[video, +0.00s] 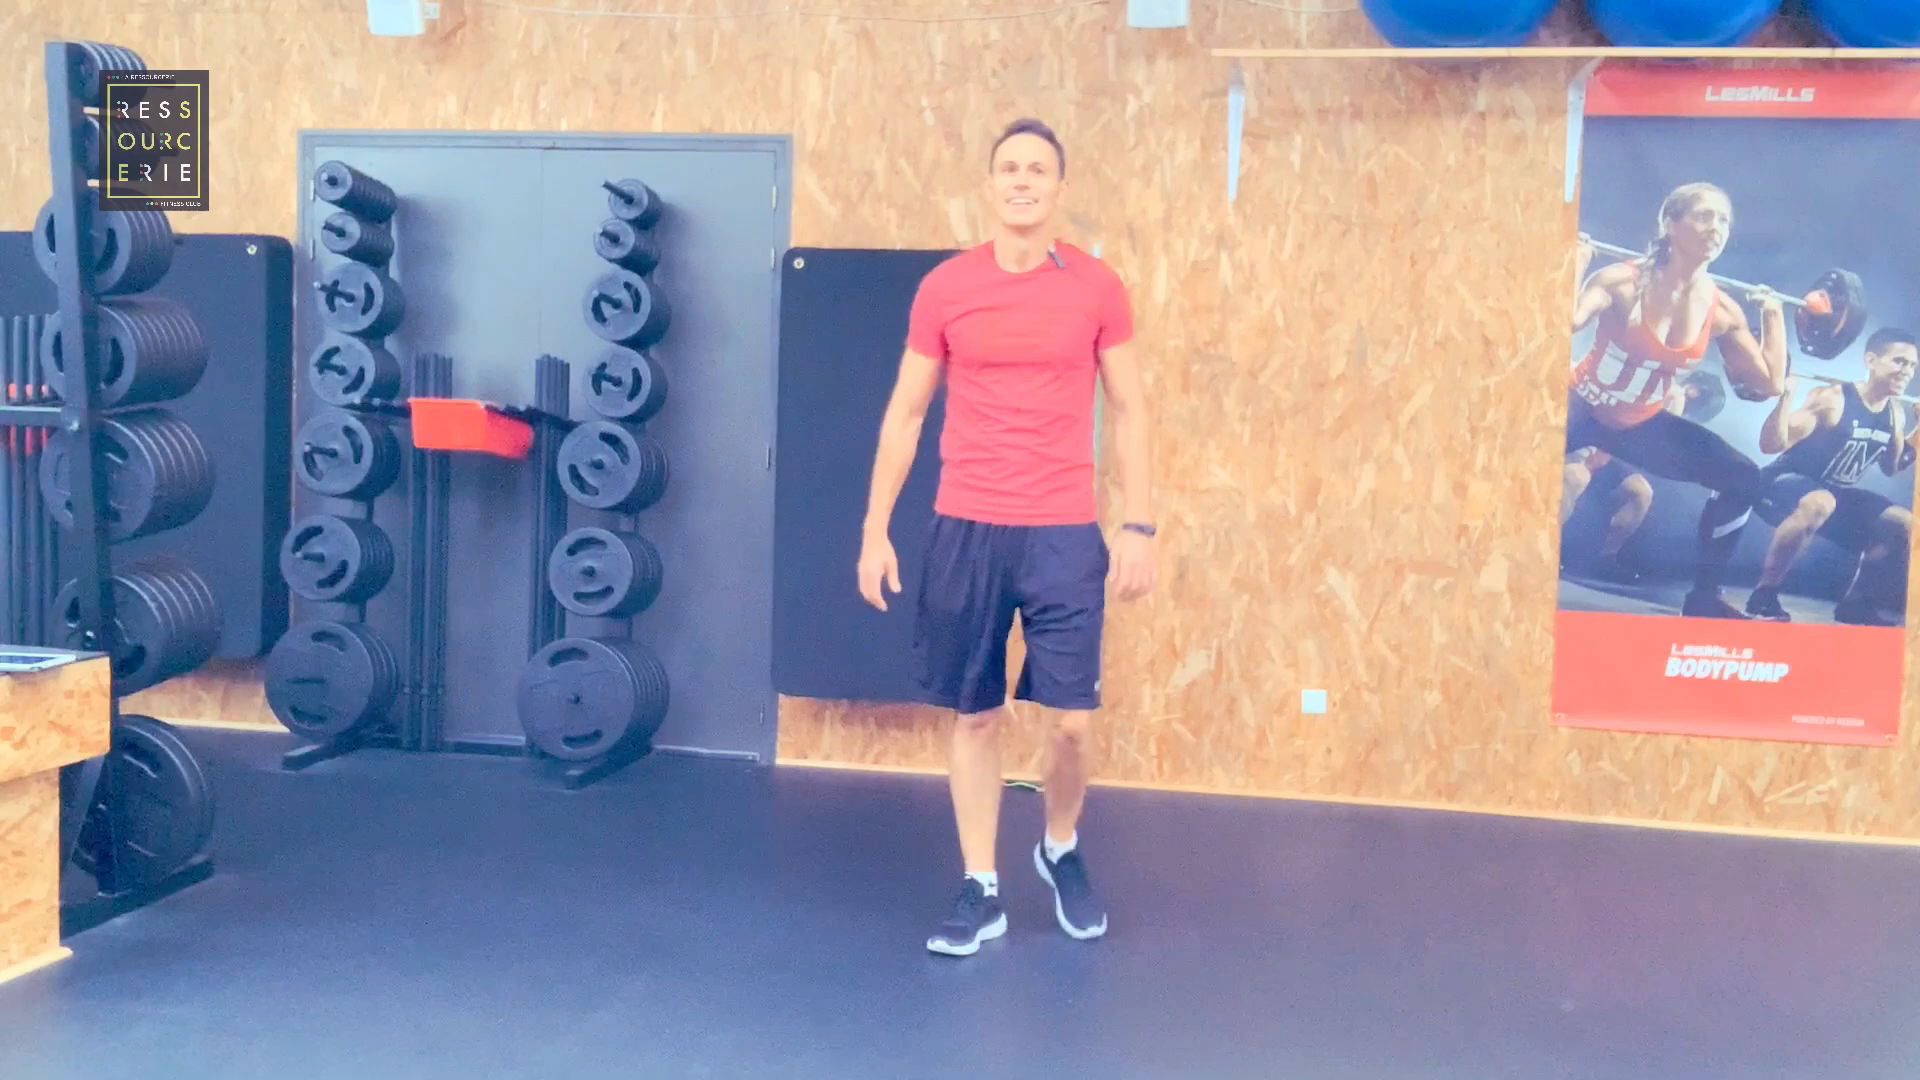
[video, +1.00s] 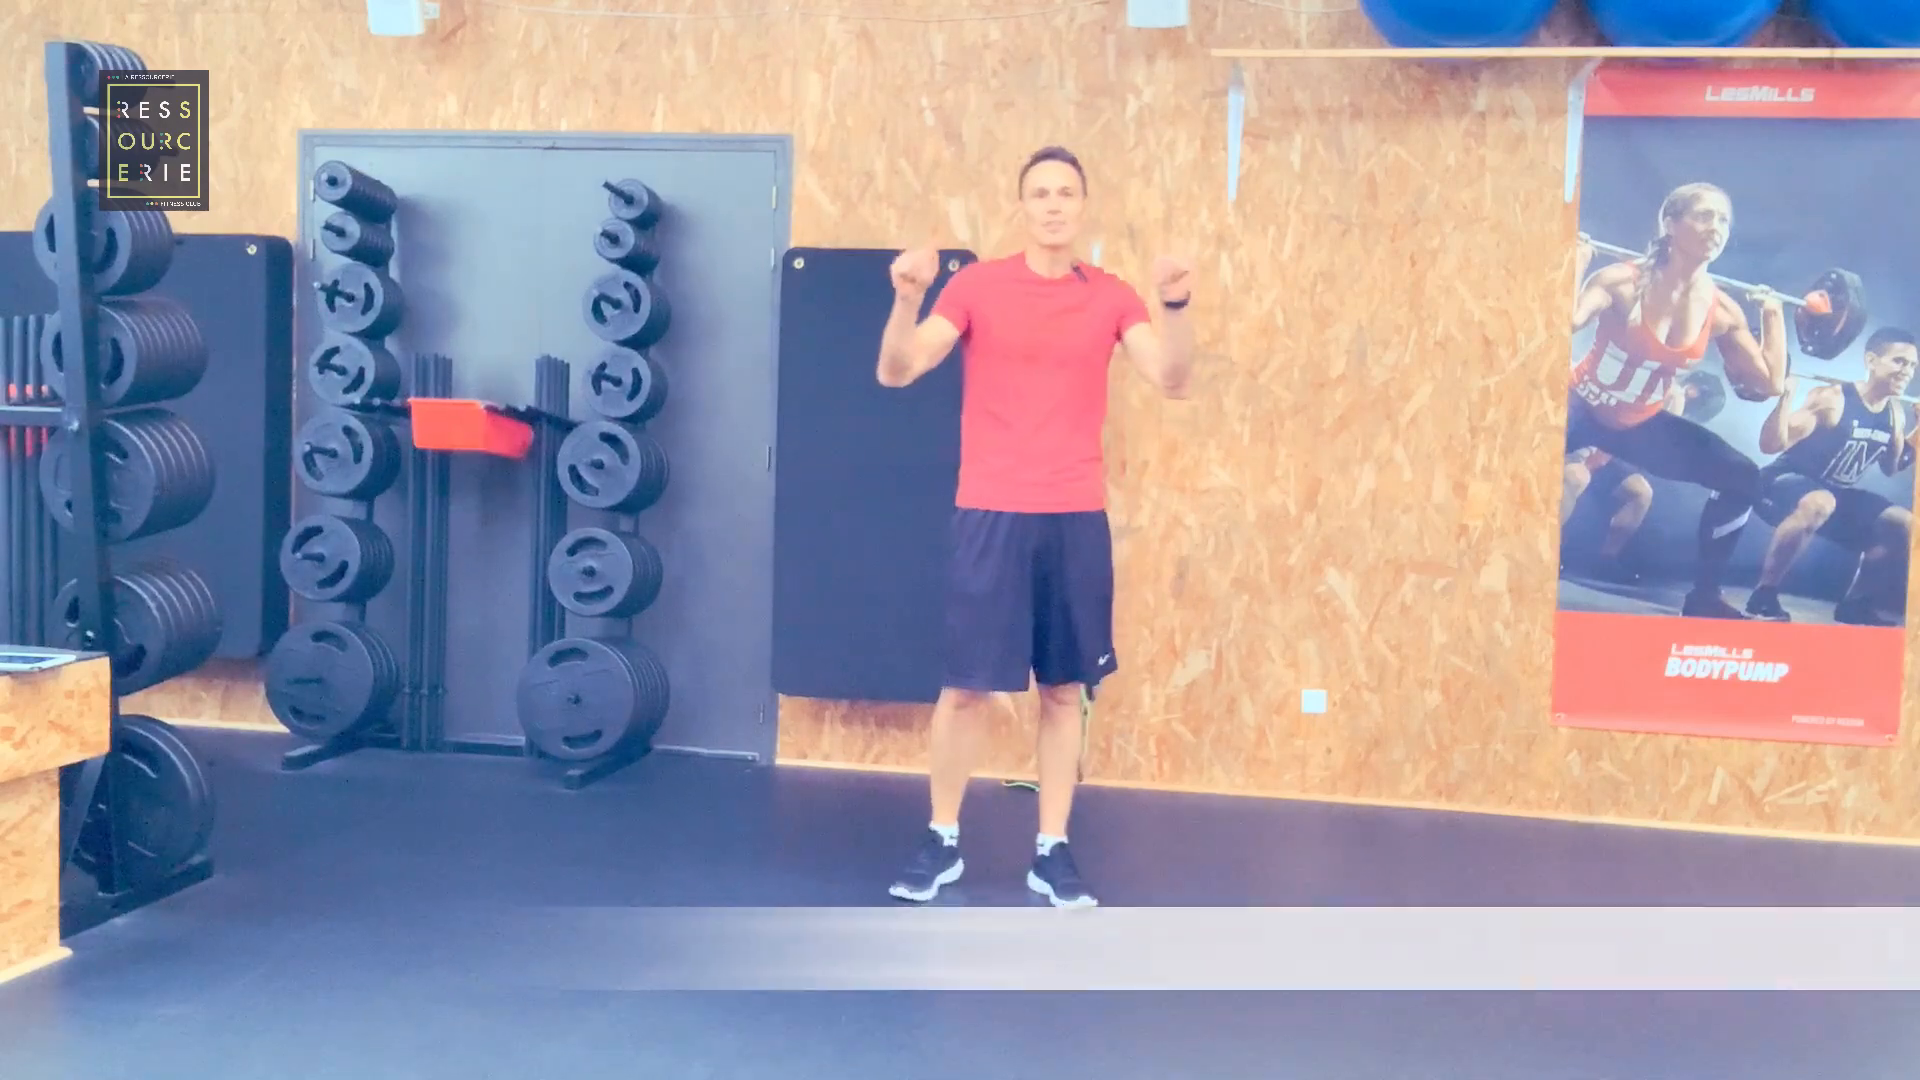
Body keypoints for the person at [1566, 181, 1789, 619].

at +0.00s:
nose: (1716, 228)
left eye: (1724, 220)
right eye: (1704, 216)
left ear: (1728, 233)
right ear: (1671, 223)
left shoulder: (1722, 310)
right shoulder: (1620, 279)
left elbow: (1769, 386)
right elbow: (1560, 325)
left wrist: (1773, 312)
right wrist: (1573, 269)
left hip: (1645, 424)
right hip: (1579, 408)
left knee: (1743, 478)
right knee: (1514, 450)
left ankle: (1704, 597)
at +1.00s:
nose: (1716, 228)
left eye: (1724, 221)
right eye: (1704, 216)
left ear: (1728, 234)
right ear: (1670, 223)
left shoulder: (1722, 310)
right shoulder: (1620, 279)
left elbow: (1768, 386)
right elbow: (1559, 325)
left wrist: (1773, 312)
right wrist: (1573, 269)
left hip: (1644, 425)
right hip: (1579, 409)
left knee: (1741, 477)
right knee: (1514, 448)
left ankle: (1705, 596)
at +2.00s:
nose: (1716, 228)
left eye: (1724, 221)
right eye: (1704, 216)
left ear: (1728, 234)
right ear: (1671, 224)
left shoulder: (1722, 310)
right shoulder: (1620, 279)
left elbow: (1768, 386)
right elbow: (1559, 324)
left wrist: (1773, 312)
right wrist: (1573, 269)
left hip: (1644, 425)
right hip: (1579, 409)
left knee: (1741, 477)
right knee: (1515, 447)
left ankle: (1705, 597)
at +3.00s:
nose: (1716, 228)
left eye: (1724, 220)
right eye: (1704, 216)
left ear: (1728, 234)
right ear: (1670, 224)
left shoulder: (1721, 310)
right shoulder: (1620, 280)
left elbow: (1769, 385)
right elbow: (1558, 325)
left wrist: (1773, 312)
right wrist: (1573, 268)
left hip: (1644, 425)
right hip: (1579, 408)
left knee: (1742, 478)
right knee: (1513, 451)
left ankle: (1705, 597)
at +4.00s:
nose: (1716, 228)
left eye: (1724, 221)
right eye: (1704, 216)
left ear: (1728, 234)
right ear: (1671, 224)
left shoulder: (1722, 310)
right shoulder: (1620, 280)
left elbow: (1769, 385)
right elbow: (1559, 325)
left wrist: (1773, 311)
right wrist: (1573, 270)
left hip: (1644, 425)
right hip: (1579, 409)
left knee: (1742, 477)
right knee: (1517, 446)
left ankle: (1705, 597)